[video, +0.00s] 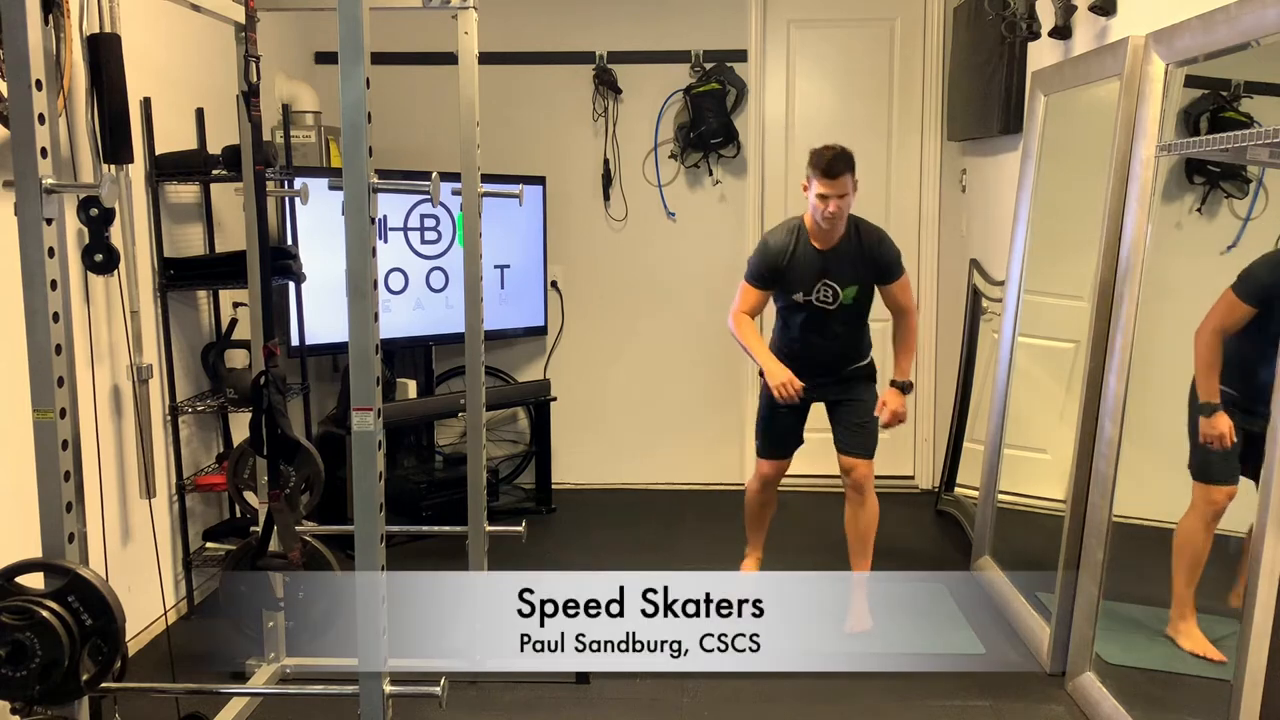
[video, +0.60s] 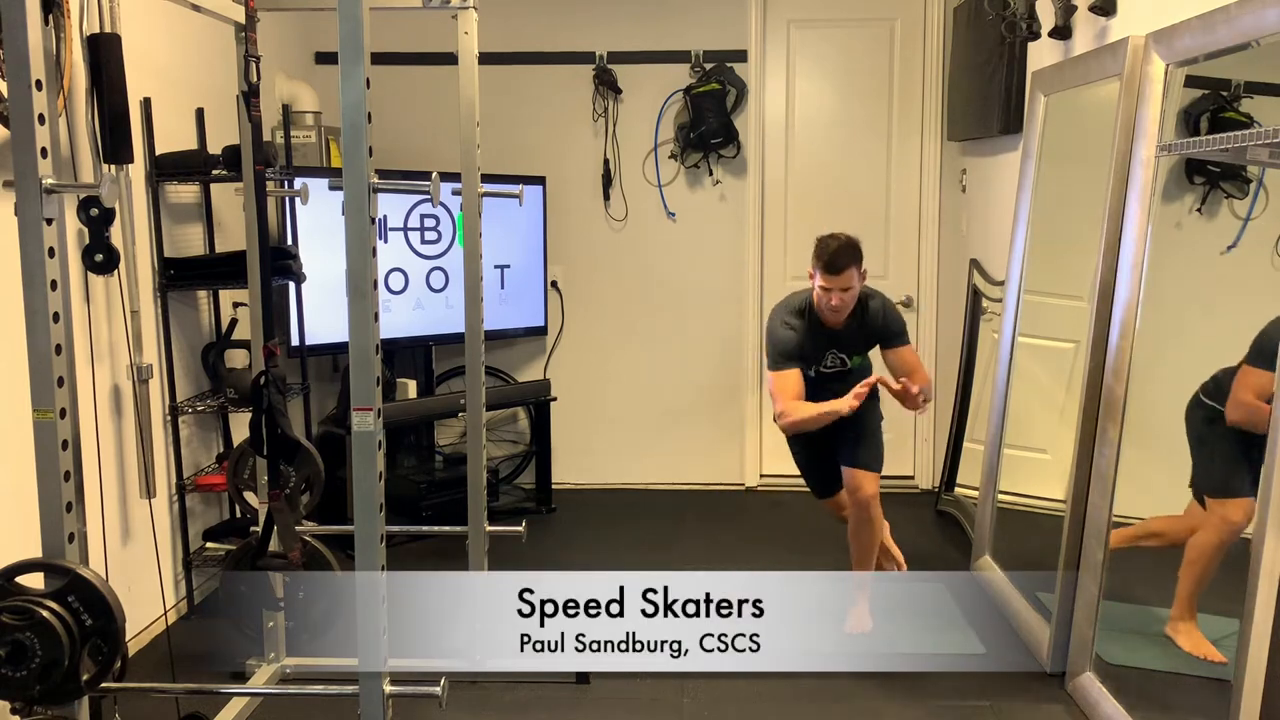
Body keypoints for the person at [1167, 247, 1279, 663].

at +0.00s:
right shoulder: (1270, 270)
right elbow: (1209, 331)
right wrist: (1211, 408)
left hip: (1265, 406)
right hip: (1221, 393)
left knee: (1274, 501)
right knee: (1214, 495)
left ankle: (1244, 592)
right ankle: (1181, 617)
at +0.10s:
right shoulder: (1270, 278)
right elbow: (1206, 345)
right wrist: (1215, 421)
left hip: (1263, 402)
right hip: (1219, 389)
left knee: (1265, 505)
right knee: (1213, 499)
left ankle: (1206, 572)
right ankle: (1180, 619)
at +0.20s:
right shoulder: (1269, 287)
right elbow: (1207, 362)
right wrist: (1230, 428)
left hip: (1258, 398)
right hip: (1215, 388)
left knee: (1243, 514)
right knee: (1216, 504)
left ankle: (1160, 547)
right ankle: (1182, 619)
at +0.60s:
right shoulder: (1275, 334)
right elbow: (1239, 411)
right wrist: (1279, 423)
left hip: (1250, 425)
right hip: (1218, 413)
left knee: (1197, 524)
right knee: (1233, 514)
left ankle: (1107, 538)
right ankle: (1181, 620)